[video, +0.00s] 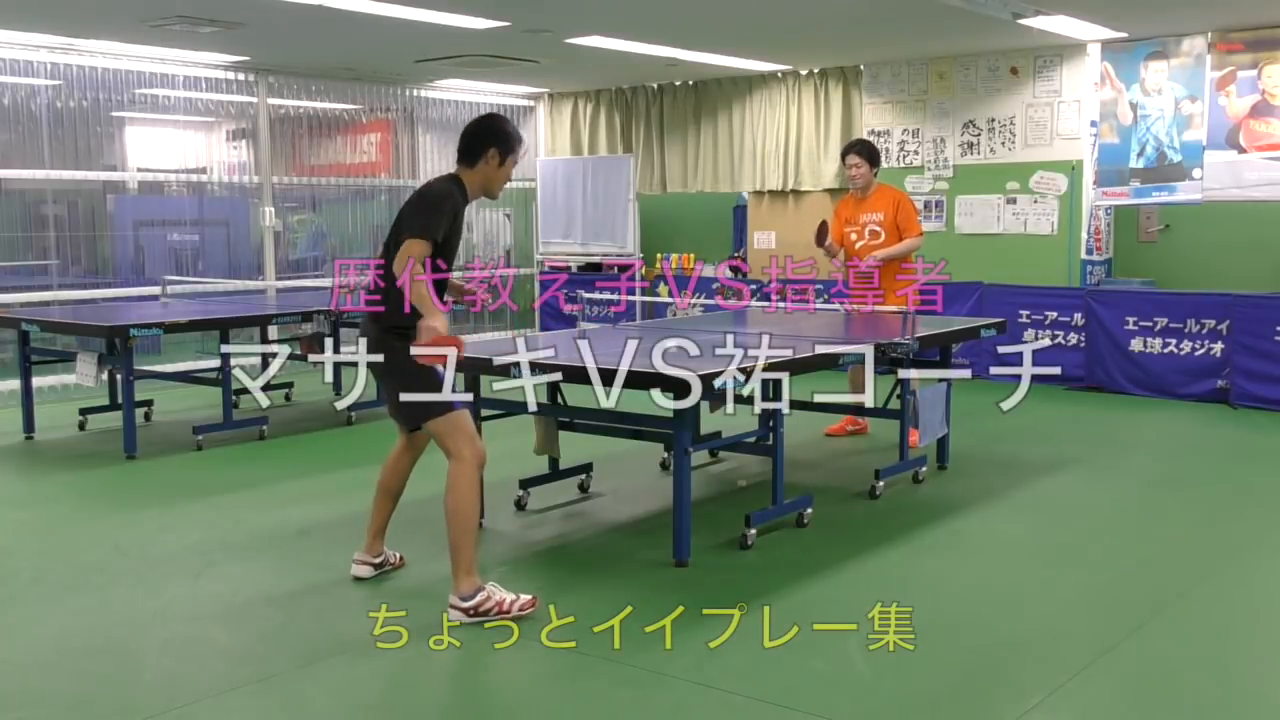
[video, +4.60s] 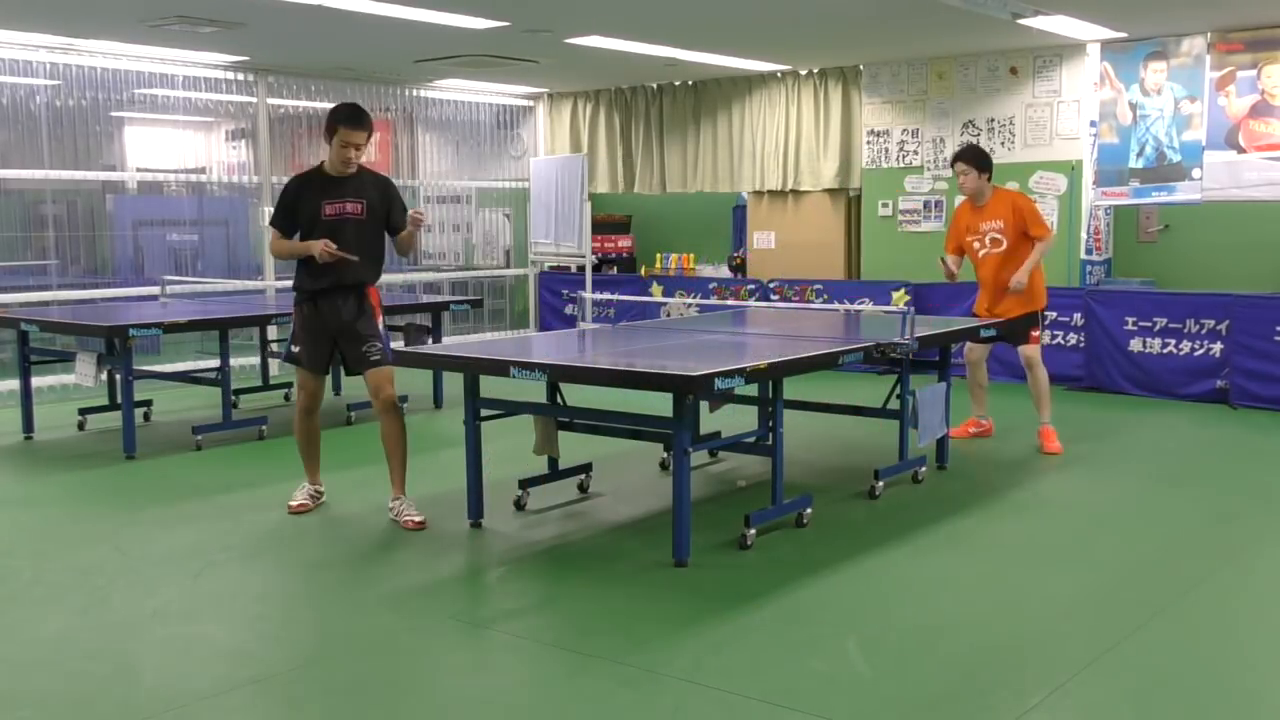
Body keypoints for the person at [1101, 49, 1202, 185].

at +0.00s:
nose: (1159, 76)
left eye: (1163, 71)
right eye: (1155, 71)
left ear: (1168, 72)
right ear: (1144, 72)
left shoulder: (1173, 89)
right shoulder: (1135, 91)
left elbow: (1199, 105)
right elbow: (1125, 121)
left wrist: (1192, 107)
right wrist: (1121, 94)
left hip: (1171, 161)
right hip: (1142, 163)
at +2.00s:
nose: (1159, 77)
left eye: (1163, 71)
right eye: (1155, 71)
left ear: (1168, 73)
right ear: (1144, 72)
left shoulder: (1173, 89)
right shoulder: (1135, 91)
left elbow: (1199, 106)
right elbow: (1125, 121)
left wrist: (1191, 107)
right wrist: (1121, 94)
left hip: (1171, 161)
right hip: (1141, 163)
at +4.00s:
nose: (1159, 76)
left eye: (1163, 71)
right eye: (1155, 71)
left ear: (1168, 72)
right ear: (1143, 72)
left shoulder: (1174, 89)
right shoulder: (1135, 91)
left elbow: (1199, 105)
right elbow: (1125, 120)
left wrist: (1191, 106)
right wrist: (1122, 95)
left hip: (1171, 161)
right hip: (1141, 163)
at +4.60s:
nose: (1158, 77)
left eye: (1162, 72)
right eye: (1154, 71)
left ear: (1167, 73)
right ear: (1143, 72)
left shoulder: (1173, 90)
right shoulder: (1135, 91)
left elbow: (1198, 106)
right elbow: (1125, 121)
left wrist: (1190, 107)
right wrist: (1121, 95)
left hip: (1171, 162)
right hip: (1141, 164)